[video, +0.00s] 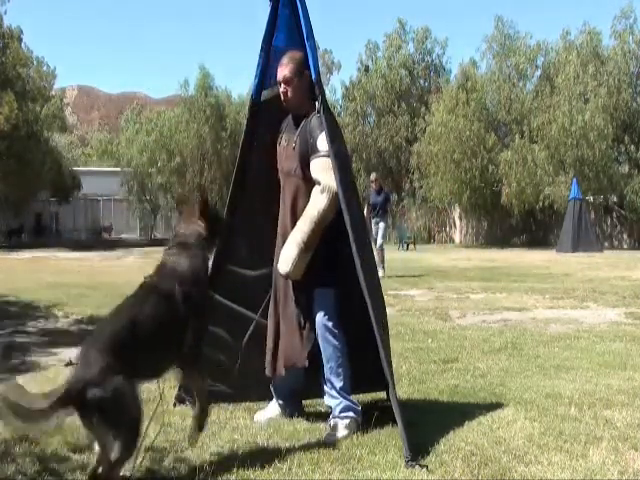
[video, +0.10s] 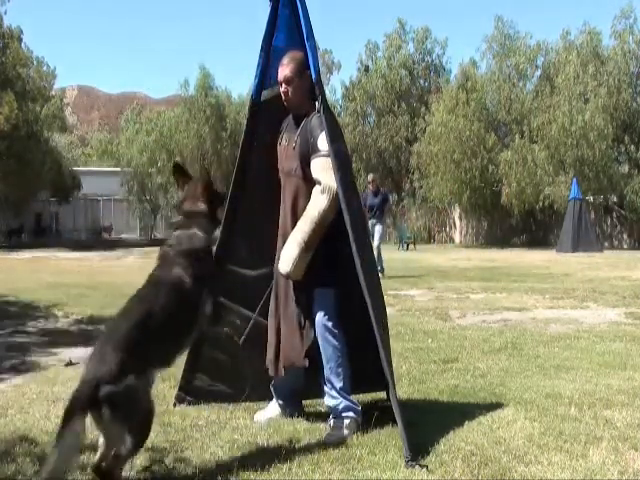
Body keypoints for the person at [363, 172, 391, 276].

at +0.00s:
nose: (374, 184)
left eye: (376, 181)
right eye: (372, 182)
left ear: (380, 182)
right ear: (370, 183)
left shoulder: (385, 194)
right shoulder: (370, 194)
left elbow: (390, 207)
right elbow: (367, 207)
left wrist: (392, 220)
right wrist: (366, 219)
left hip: (383, 218)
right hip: (373, 218)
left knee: (380, 243)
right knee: (375, 243)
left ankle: (381, 267)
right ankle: (379, 266)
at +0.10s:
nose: (372, 185)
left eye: (373, 182)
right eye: (370, 183)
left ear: (377, 182)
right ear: (368, 184)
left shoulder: (383, 194)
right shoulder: (365, 195)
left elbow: (387, 206)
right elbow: (363, 207)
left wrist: (384, 216)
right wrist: (365, 216)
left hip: (379, 220)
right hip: (369, 219)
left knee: (377, 244)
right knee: (370, 244)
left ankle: (379, 267)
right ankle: (372, 268)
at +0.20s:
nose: (369, 185)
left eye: (371, 183)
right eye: (367, 183)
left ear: (374, 183)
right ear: (365, 184)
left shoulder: (380, 196)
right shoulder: (362, 195)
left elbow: (384, 208)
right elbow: (359, 208)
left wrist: (385, 218)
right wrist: (359, 219)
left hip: (375, 222)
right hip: (364, 221)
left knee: (373, 245)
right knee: (364, 245)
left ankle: (375, 266)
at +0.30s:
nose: (366, 185)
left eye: (368, 182)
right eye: (365, 182)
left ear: (372, 182)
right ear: (363, 183)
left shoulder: (378, 196)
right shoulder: (361, 195)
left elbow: (382, 210)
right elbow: (357, 209)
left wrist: (380, 224)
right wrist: (357, 220)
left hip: (374, 221)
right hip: (363, 221)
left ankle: (370, 255)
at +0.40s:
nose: (362, 184)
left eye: (364, 181)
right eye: (360, 181)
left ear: (368, 181)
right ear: (358, 182)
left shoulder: (374, 193)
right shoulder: (359, 194)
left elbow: (379, 207)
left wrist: (380, 223)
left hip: (370, 219)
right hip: (360, 219)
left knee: (370, 239)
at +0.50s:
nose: (359, 184)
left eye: (360, 181)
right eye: (357, 182)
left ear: (365, 181)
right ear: (355, 182)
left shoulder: (370, 192)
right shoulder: (355, 193)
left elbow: (372, 206)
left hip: (367, 218)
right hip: (357, 219)